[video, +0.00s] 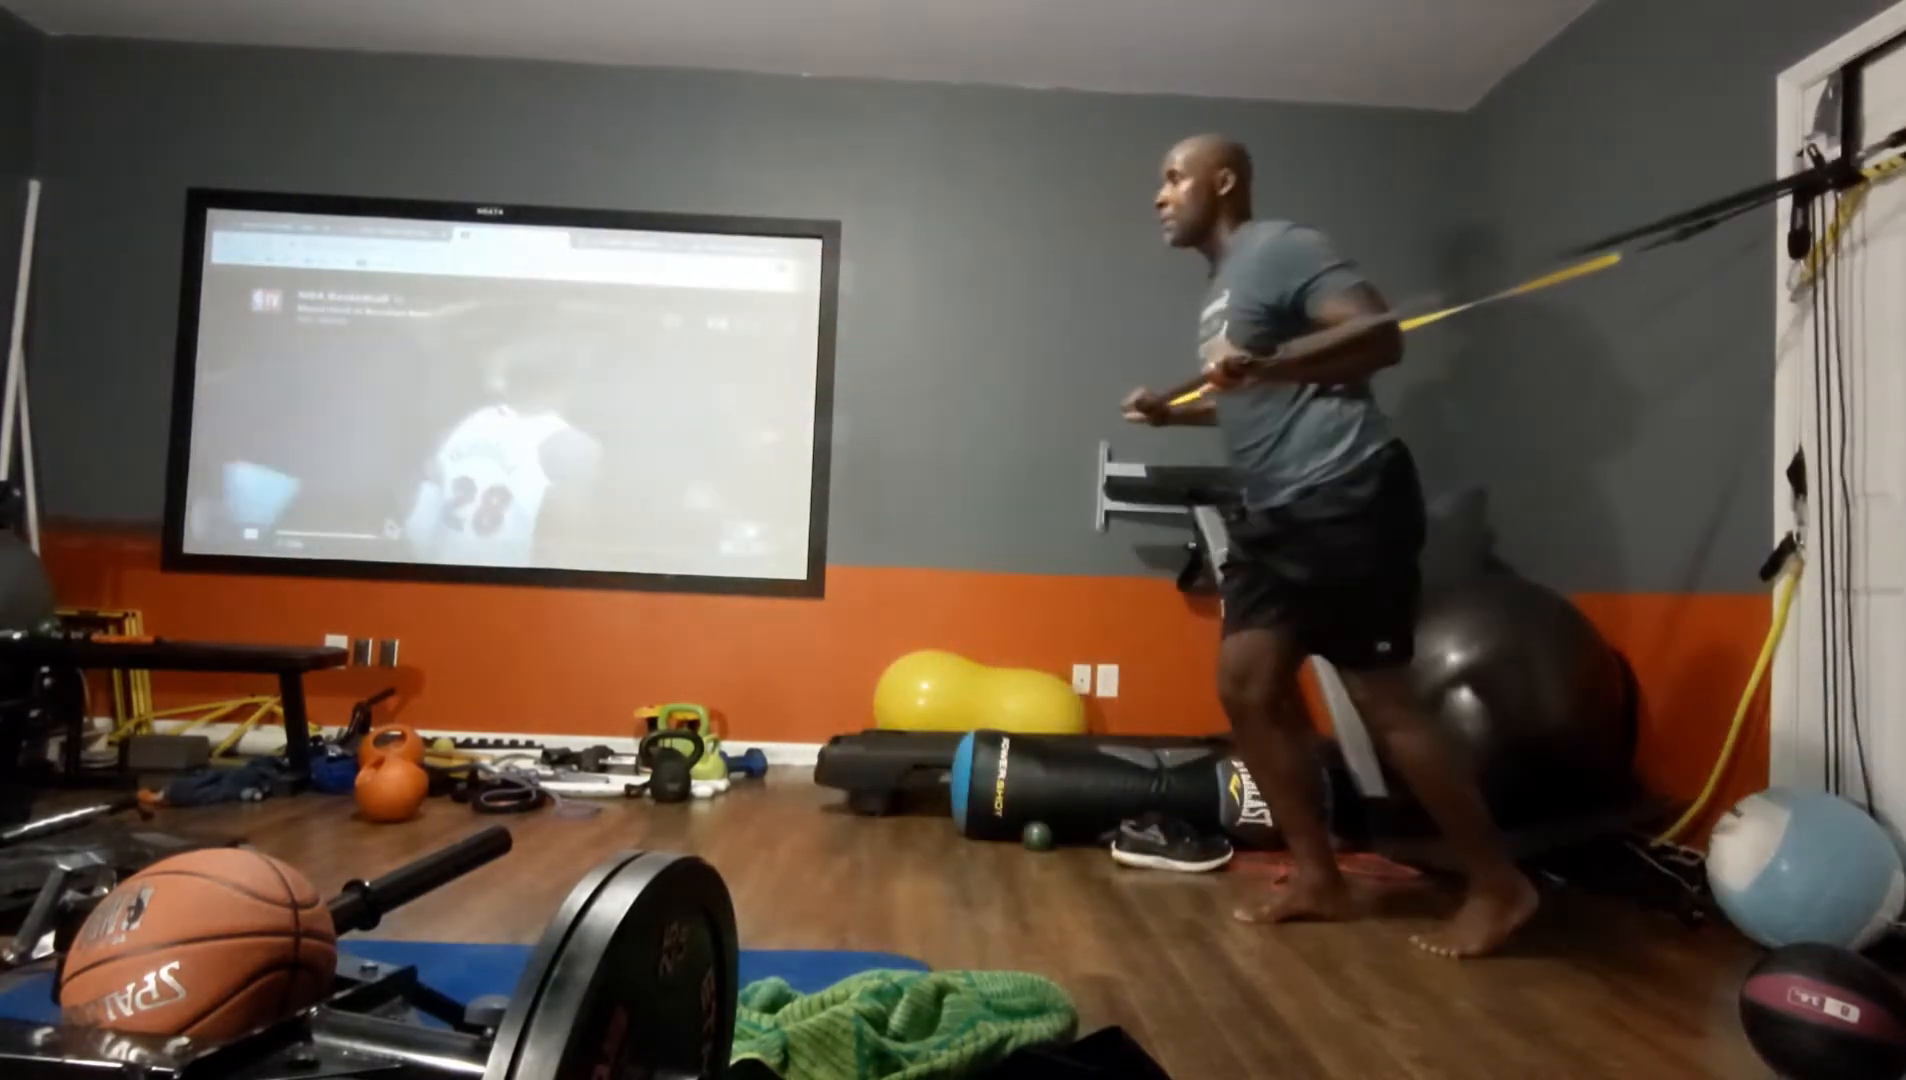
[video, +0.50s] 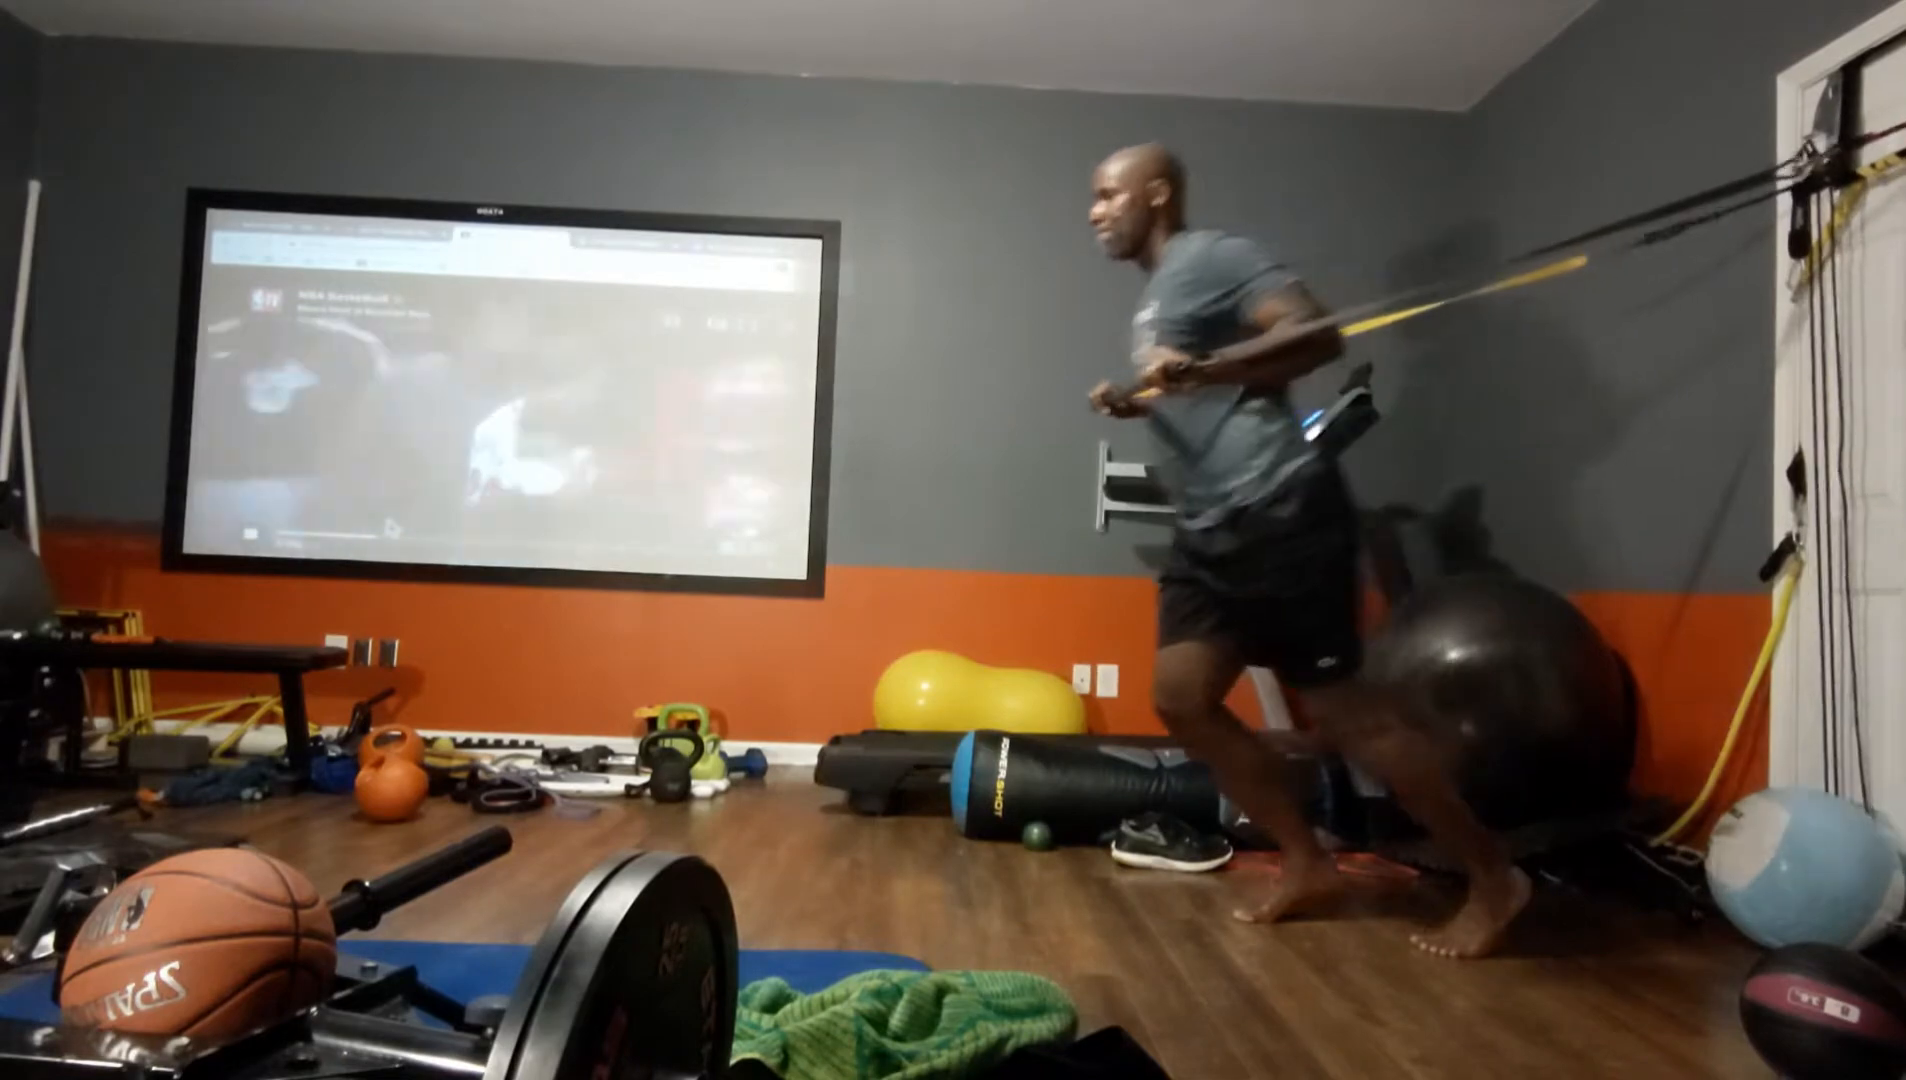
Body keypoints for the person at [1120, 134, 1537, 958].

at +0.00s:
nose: (1159, 196)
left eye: (1174, 179)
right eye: (1160, 183)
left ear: (1227, 184)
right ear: (1211, 190)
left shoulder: (1283, 248)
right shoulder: (1218, 293)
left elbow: (1376, 334)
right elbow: (1253, 398)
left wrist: (1268, 366)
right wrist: (1171, 410)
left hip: (1352, 497)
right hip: (1280, 511)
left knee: (1384, 694)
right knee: (1248, 685)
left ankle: (1499, 885)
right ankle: (1316, 878)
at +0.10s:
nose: (1167, 191)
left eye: (1182, 174)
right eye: (1167, 177)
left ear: (1234, 180)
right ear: (1217, 185)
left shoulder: (1291, 243)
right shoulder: (1224, 287)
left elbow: (1384, 330)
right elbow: (1261, 396)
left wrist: (1274, 362)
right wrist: (1178, 405)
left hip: (1353, 498)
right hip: (1279, 511)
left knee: (1387, 697)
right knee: (1250, 686)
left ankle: (1500, 886)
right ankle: (1314, 877)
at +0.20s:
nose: (1164, 190)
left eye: (1179, 174)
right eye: (1164, 177)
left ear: (1232, 178)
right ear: (1214, 184)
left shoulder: (1286, 241)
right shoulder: (1222, 283)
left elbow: (1379, 325)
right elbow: (1262, 392)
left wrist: (1269, 360)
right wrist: (1177, 403)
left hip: (1349, 498)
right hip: (1274, 511)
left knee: (1388, 699)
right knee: (1241, 688)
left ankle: (1500, 886)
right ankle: (1315, 877)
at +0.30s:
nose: (1146, 197)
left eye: (1161, 181)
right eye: (1147, 184)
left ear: (1212, 184)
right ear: (1194, 191)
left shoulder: (1268, 245)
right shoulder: (1207, 282)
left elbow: (1364, 330)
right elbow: (1250, 381)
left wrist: (1255, 361)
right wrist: (1175, 398)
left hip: (1341, 505)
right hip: (1263, 521)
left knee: (1389, 703)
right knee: (1216, 688)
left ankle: (1501, 887)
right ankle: (1313, 869)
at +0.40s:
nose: (1128, 205)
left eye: (1141, 187)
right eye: (1128, 192)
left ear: (1193, 190)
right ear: (1176, 198)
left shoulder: (1251, 250)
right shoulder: (1190, 291)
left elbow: (1348, 331)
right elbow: (1228, 384)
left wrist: (1239, 365)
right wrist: (1163, 396)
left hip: (1326, 513)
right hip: (1244, 528)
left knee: (1386, 705)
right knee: (1201, 691)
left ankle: (1500, 888)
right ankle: (1309, 868)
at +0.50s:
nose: (1094, 212)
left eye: (1106, 195)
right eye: (1093, 199)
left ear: (1156, 197)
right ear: (1139, 206)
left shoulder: (1215, 256)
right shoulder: (1154, 296)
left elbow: (1316, 335)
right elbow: (1202, 392)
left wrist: (1203, 370)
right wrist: (1133, 400)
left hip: (1287, 514)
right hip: (1212, 531)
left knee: (1339, 711)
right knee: (1183, 698)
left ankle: (1495, 879)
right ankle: (1310, 868)